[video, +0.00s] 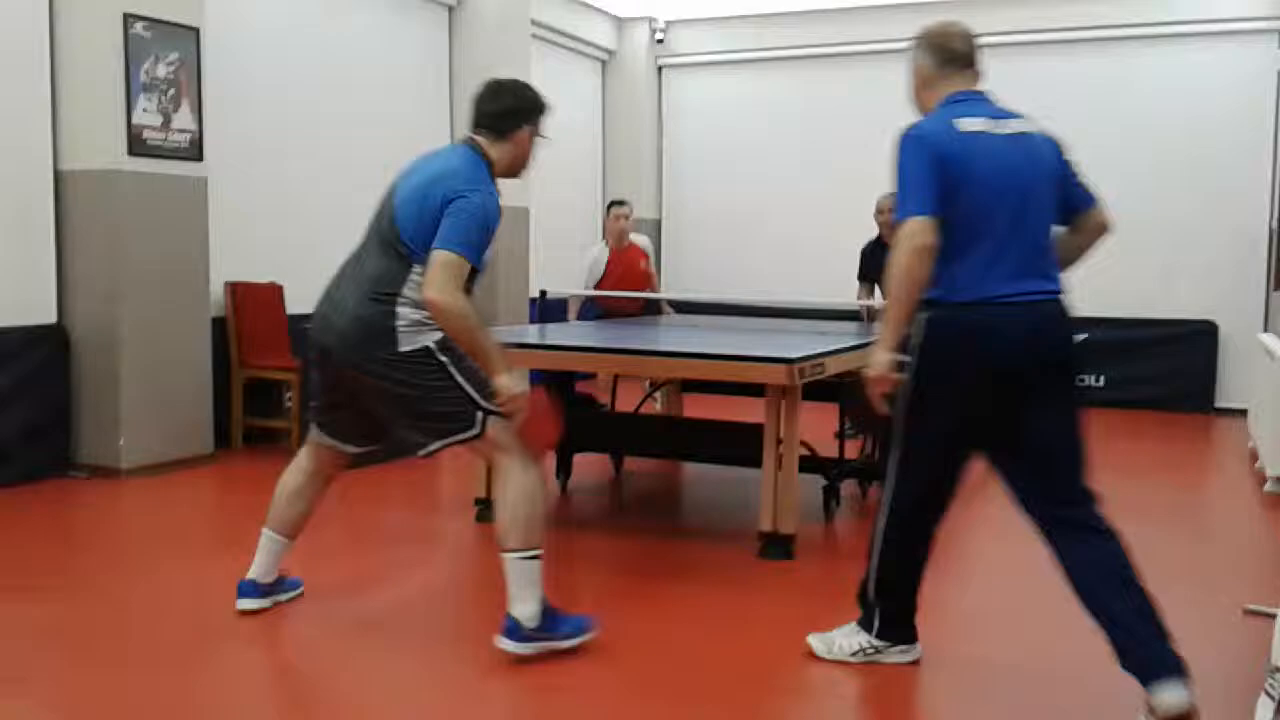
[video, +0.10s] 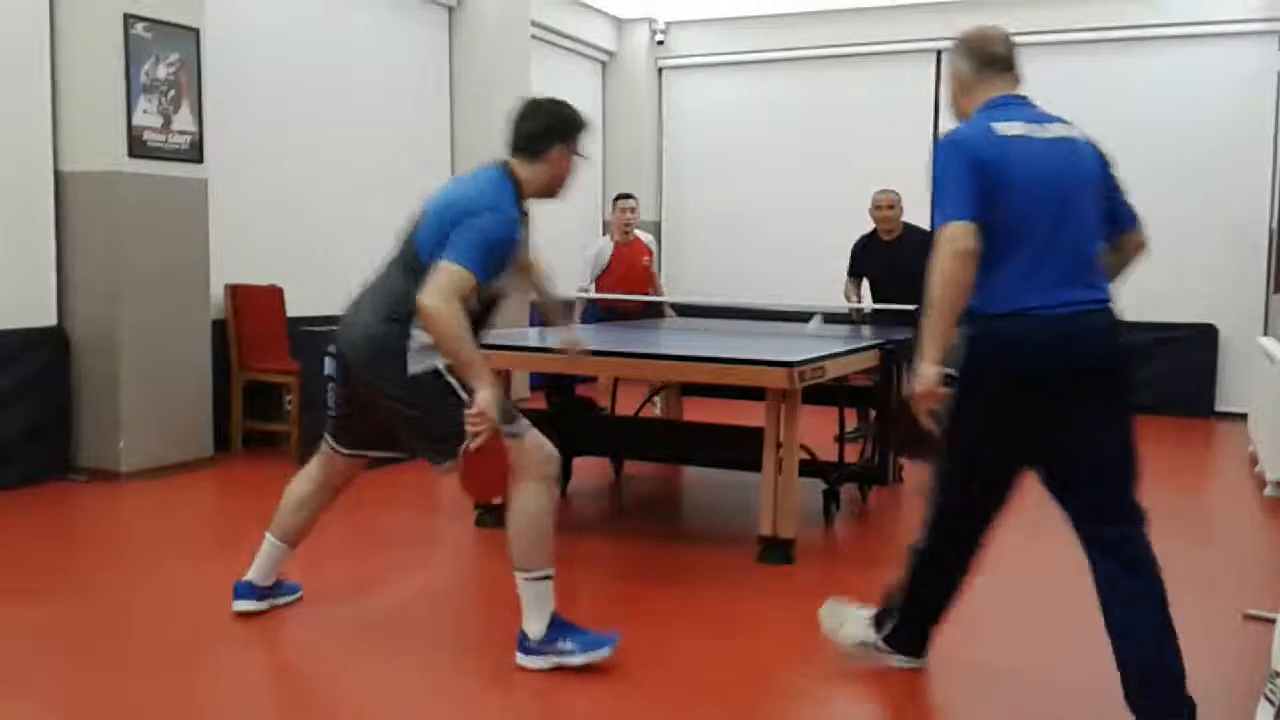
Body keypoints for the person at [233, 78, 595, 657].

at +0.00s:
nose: (534, 149)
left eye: (535, 137)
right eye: (535, 137)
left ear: (481, 126)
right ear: (518, 134)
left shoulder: (435, 165)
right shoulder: (475, 193)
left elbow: (396, 263)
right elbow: (442, 294)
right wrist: (497, 370)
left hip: (336, 332)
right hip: (396, 339)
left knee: (321, 454)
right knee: (515, 454)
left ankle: (258, 579)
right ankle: (528, 616)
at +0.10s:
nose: (572, 169)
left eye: (573, 157)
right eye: (571, 156)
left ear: (527, 148)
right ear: (552, 155)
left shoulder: (485, 186)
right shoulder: (496, 213)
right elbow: (437, 302)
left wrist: (549, 301)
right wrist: (484, 384)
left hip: (357, 349)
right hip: (404, 360)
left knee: (332, 464)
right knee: (539, 461)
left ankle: (257, 580)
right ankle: (541, 630)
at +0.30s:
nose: (698, 179)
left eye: (699, 166)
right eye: (692, 166)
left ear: (648, 157)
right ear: (660, 161)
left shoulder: (603, 193)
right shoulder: (604, 216)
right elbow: (622, 331)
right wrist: (732, 363)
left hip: (455, 335)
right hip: (486, 353)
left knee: (413, 445)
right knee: (586, 480)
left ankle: (331, 549)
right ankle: (546, 637)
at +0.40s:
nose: (756, 163)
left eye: (758, 149)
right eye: (754, 148)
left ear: (707, 133)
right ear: (724, 142)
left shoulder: (643, 166)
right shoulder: (668, 213)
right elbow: (742, 339)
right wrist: (844, 322)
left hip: (496, 320)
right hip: (528, 340)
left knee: (493, 445)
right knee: (606, 489)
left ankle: (444, 562)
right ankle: (545, 634)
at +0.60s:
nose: (847, 103)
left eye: (851, 90)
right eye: (849, 90)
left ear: (787, 74)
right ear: (831, 86)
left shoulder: (712, 119)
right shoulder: (807, 168)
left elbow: (620, 185)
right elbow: (830, 296)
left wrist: (583, 252)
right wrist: (848, 391)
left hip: (629, 324)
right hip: (650, 342)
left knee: (714, 473)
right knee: (656, 501)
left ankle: (763, 629)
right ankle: (559, 621)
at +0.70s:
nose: (889, 85)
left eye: (888, 73)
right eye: (890, 73)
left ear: (823, 59)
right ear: (879, 73)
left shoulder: (750, 122)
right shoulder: (861, 159)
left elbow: (653, 192)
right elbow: (858, 289)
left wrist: (613, 276)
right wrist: (860, 399)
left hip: (719, 350)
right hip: (736, 360)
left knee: (807, 503)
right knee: (736, 526)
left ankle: (845, 687)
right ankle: (600, 622)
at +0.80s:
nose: (934, 81)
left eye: (928, 69)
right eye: (936, 70)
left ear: (867, 64)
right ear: (930, 72)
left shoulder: (808, 135)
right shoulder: (914, 161)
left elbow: (729, 224)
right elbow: (921, 304)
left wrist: (672, 307)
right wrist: (927, 410)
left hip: (757, 348)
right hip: (804, 359)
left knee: (874, 521)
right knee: (856, 537)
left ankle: (849, 692)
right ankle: (707, 648)